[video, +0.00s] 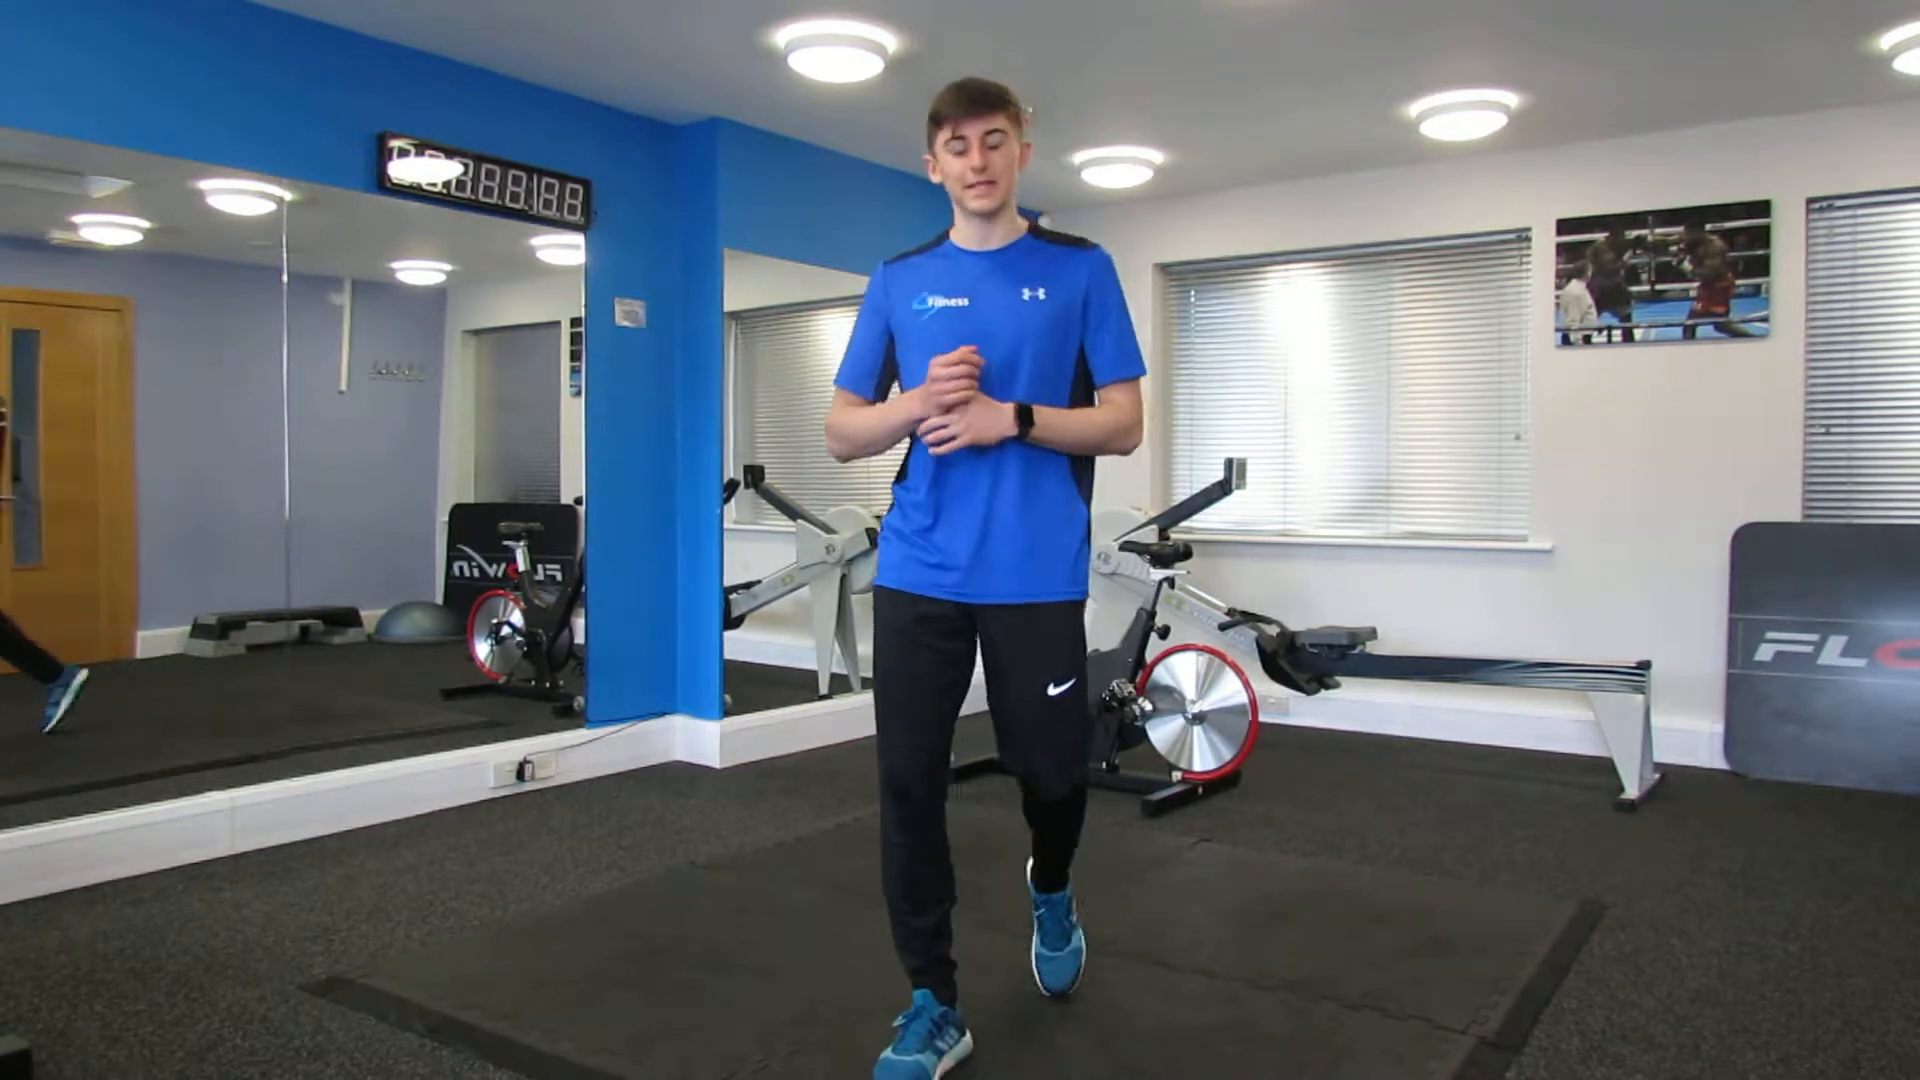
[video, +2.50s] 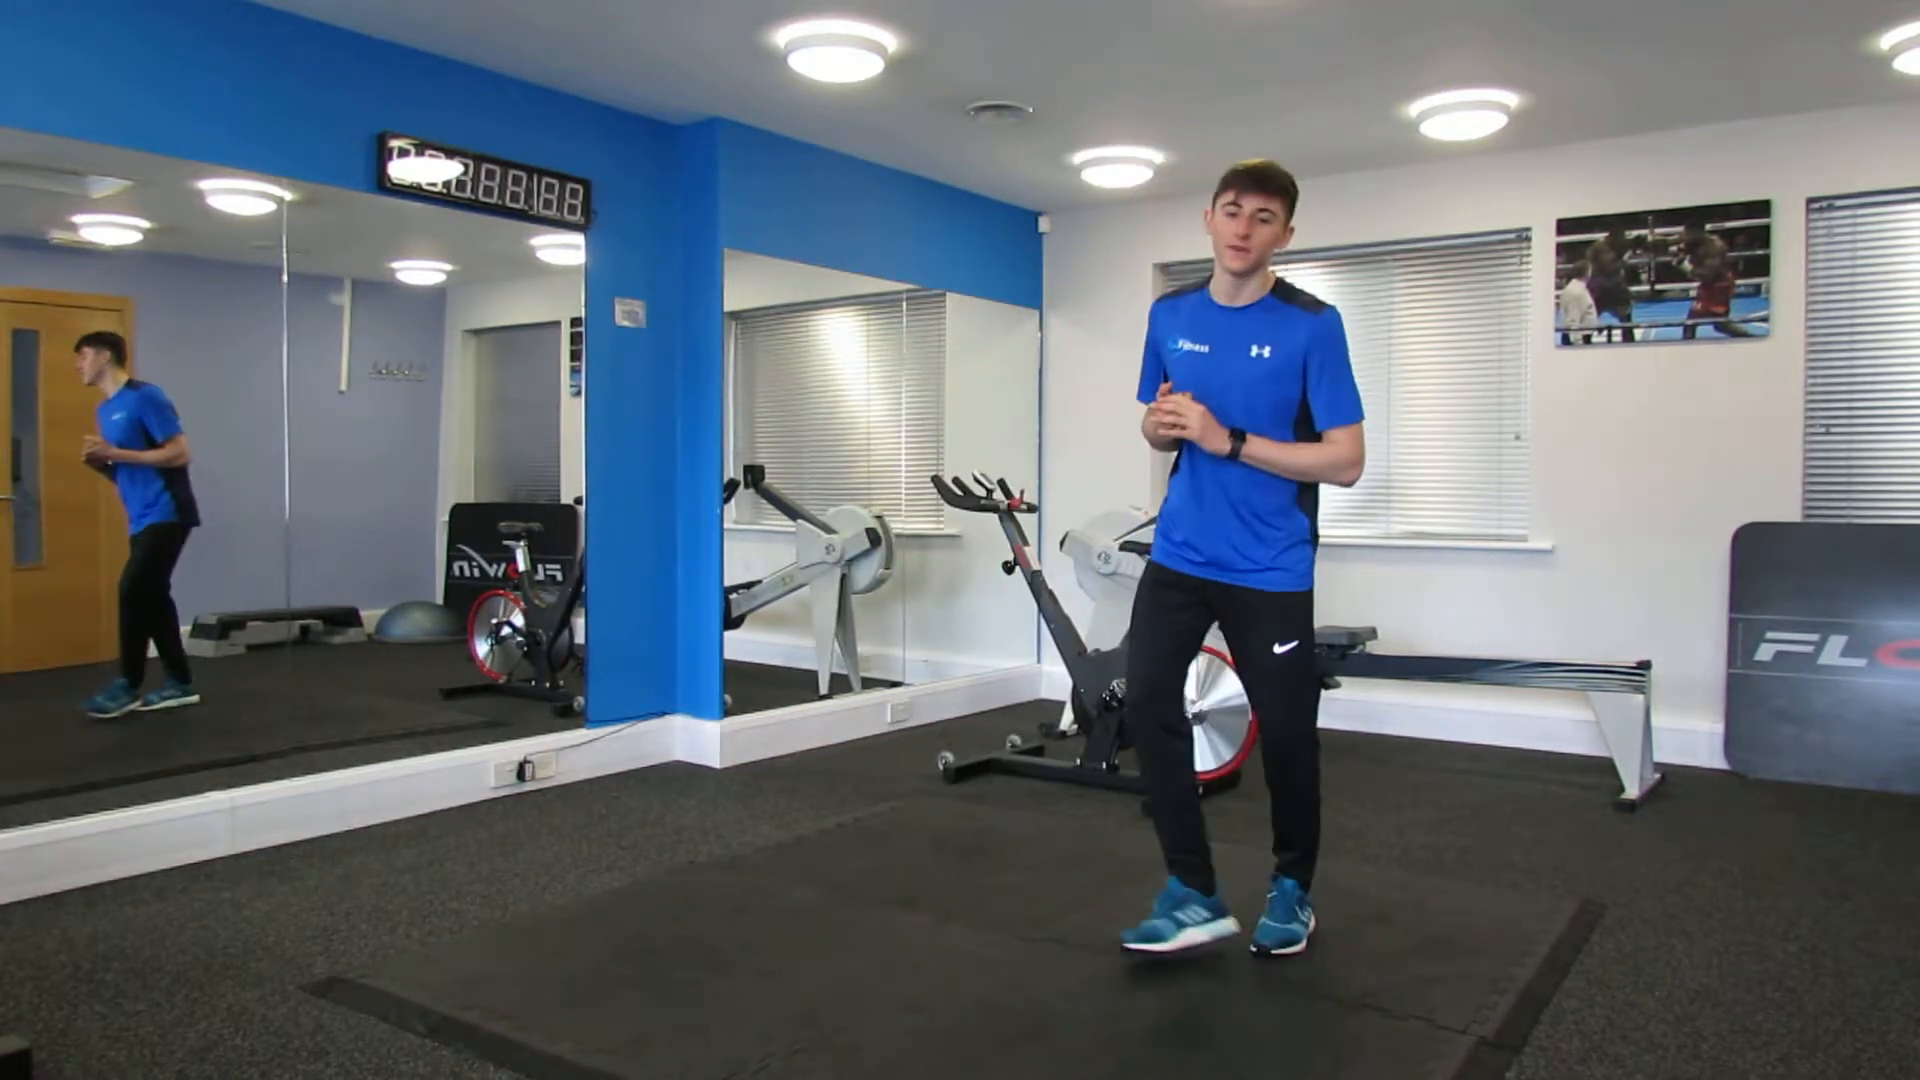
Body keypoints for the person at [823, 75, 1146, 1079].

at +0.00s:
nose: (977, 156)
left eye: (994, 139)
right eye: (958, 143)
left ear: (1024, 155)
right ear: (935, 164)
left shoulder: (1079, 269)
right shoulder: (897, 282)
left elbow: (1125, 422)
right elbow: (844, 433)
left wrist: (1012, 417)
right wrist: (917, 403)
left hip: (1038, 573)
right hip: (919, 570)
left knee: (1054, 775)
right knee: (908, 785)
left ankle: (1051, 893)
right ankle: (931, 1001)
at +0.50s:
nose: (980, 136)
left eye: (1001, 114)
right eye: (963, 121)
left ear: (1045, 123)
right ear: (951, 139)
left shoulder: (1114, 242)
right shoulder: (934, 272)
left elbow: (1159, 415)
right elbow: (914, 452)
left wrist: (1012, 414)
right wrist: (912, 401)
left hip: (1058, 578)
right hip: (946, 574)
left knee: (1070, 814)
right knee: (923, 798)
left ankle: (1193, 1032)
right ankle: (938, 1006)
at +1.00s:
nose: (1037, 139)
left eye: (1052, 113)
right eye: (1033, 120)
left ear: (1119, 110)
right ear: (1089, 123)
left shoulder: (1205, 228)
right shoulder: (1093, 247)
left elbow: (1255, 408)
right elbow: (1133, 400)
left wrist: (1088, 429)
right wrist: (1053, 389)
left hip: (1194, 583)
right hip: (1110, 574)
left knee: (1192, 815)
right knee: (1090, 792)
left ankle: (1219, 1039)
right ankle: (1044, 990)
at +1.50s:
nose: (1141, 174)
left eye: (1160, 152)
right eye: (1125, 161)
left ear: (1205, 158)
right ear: (1117, 180)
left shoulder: (1260, 255)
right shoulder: (1133, 296)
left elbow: (1307, 420)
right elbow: (1128, 460)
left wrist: (1157, 400)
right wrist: (1110, 401)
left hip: (1232, 566)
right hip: (1155, 569)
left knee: (1217, 800)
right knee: (1178, 780)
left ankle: (1225, 1035)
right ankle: (1229, 947)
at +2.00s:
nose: (1187, 196)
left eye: (1203, 182)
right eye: (1171, 183)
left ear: (1230, 196)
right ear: (1150, 200)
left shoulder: (1283, 280)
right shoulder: (1133, 318)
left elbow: (1342, 412)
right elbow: (1122, 460)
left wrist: (1215, 408)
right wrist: (1154, 414)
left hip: (1262, 560)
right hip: (1171, 566)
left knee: (1268, 751)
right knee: (1194, 757)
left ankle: (1308, 911)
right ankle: (1238, 935)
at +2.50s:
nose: (1244, 227)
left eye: (1263, 217)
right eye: (1232, 211)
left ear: (1284, 235)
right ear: (1209, 222)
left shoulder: (1313, 326)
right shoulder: (1172, 315)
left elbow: (1347, 458)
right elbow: (1155, 429)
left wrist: (1231, 441)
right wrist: (1160, 427)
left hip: (1271, 568)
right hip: (1179, 557)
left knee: (1288, 732)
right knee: (1147, 705)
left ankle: (1291, 889)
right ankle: (1194, 891)